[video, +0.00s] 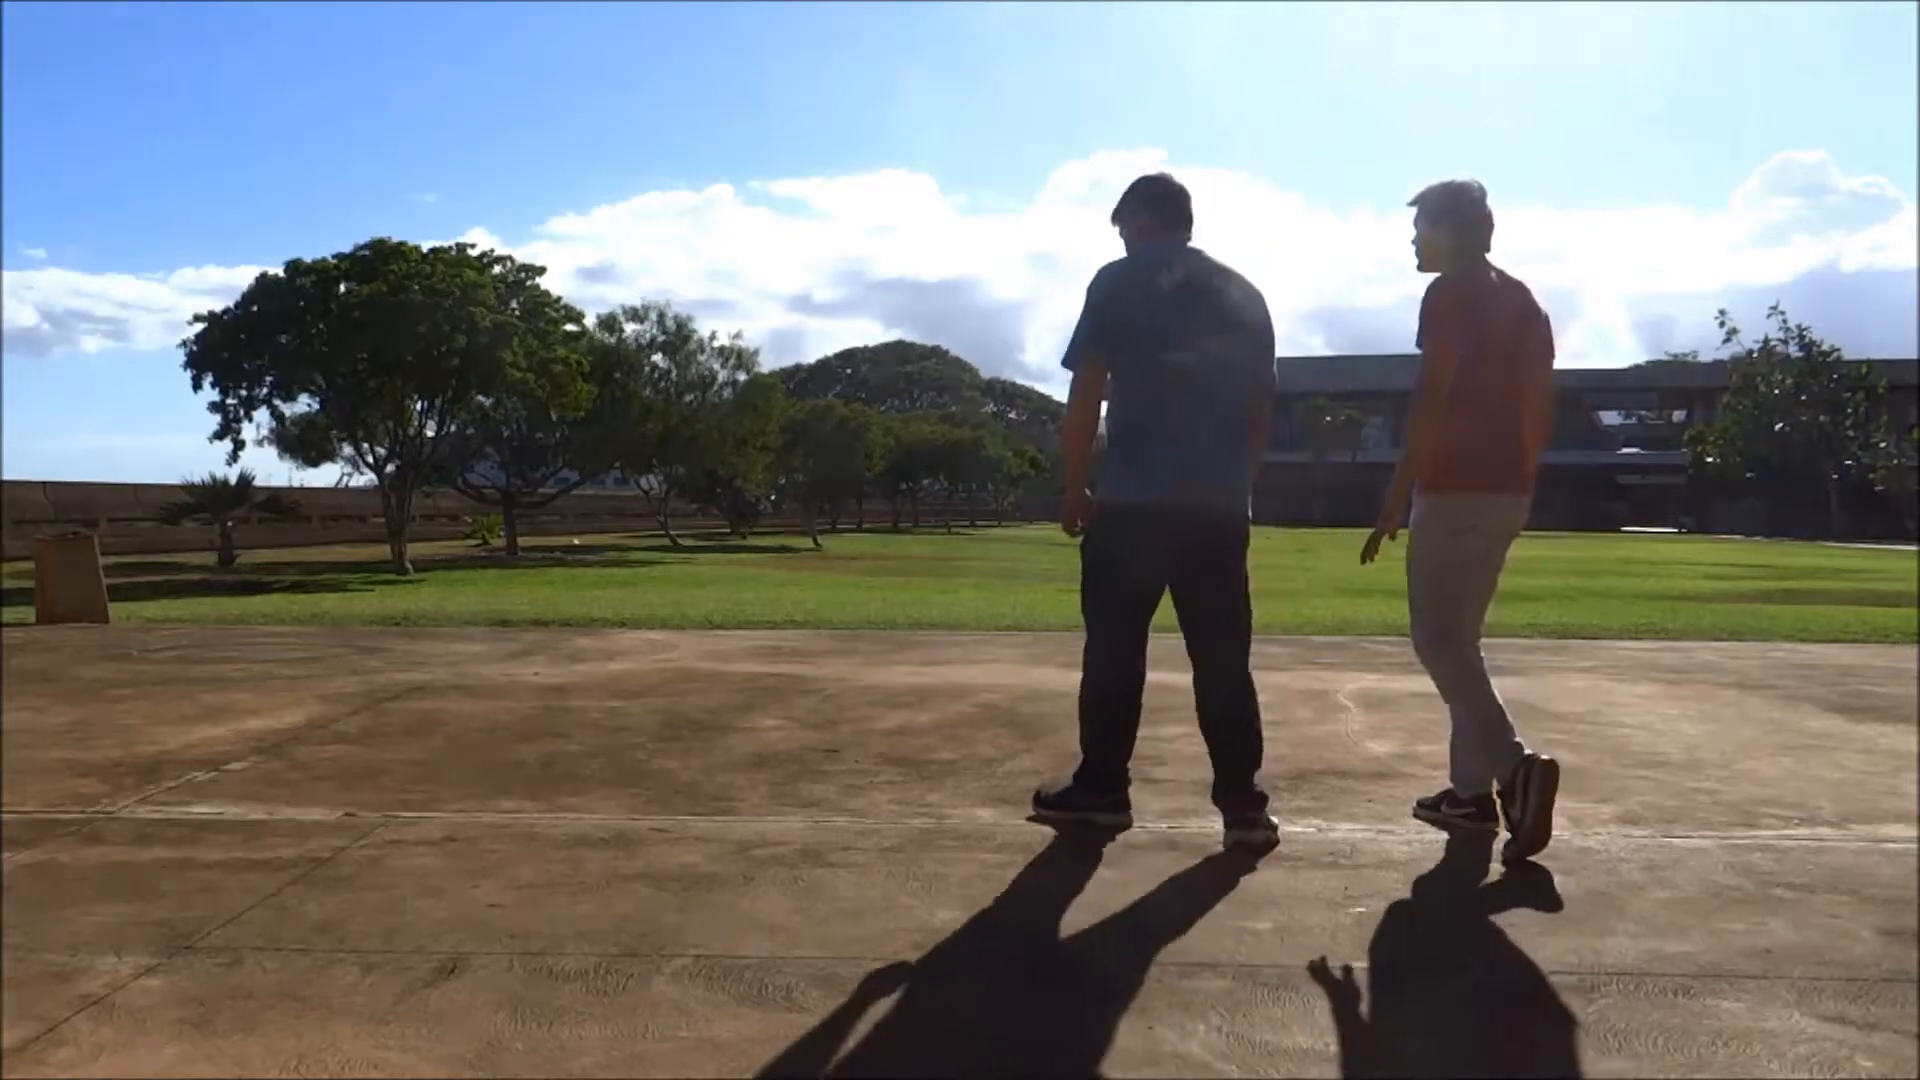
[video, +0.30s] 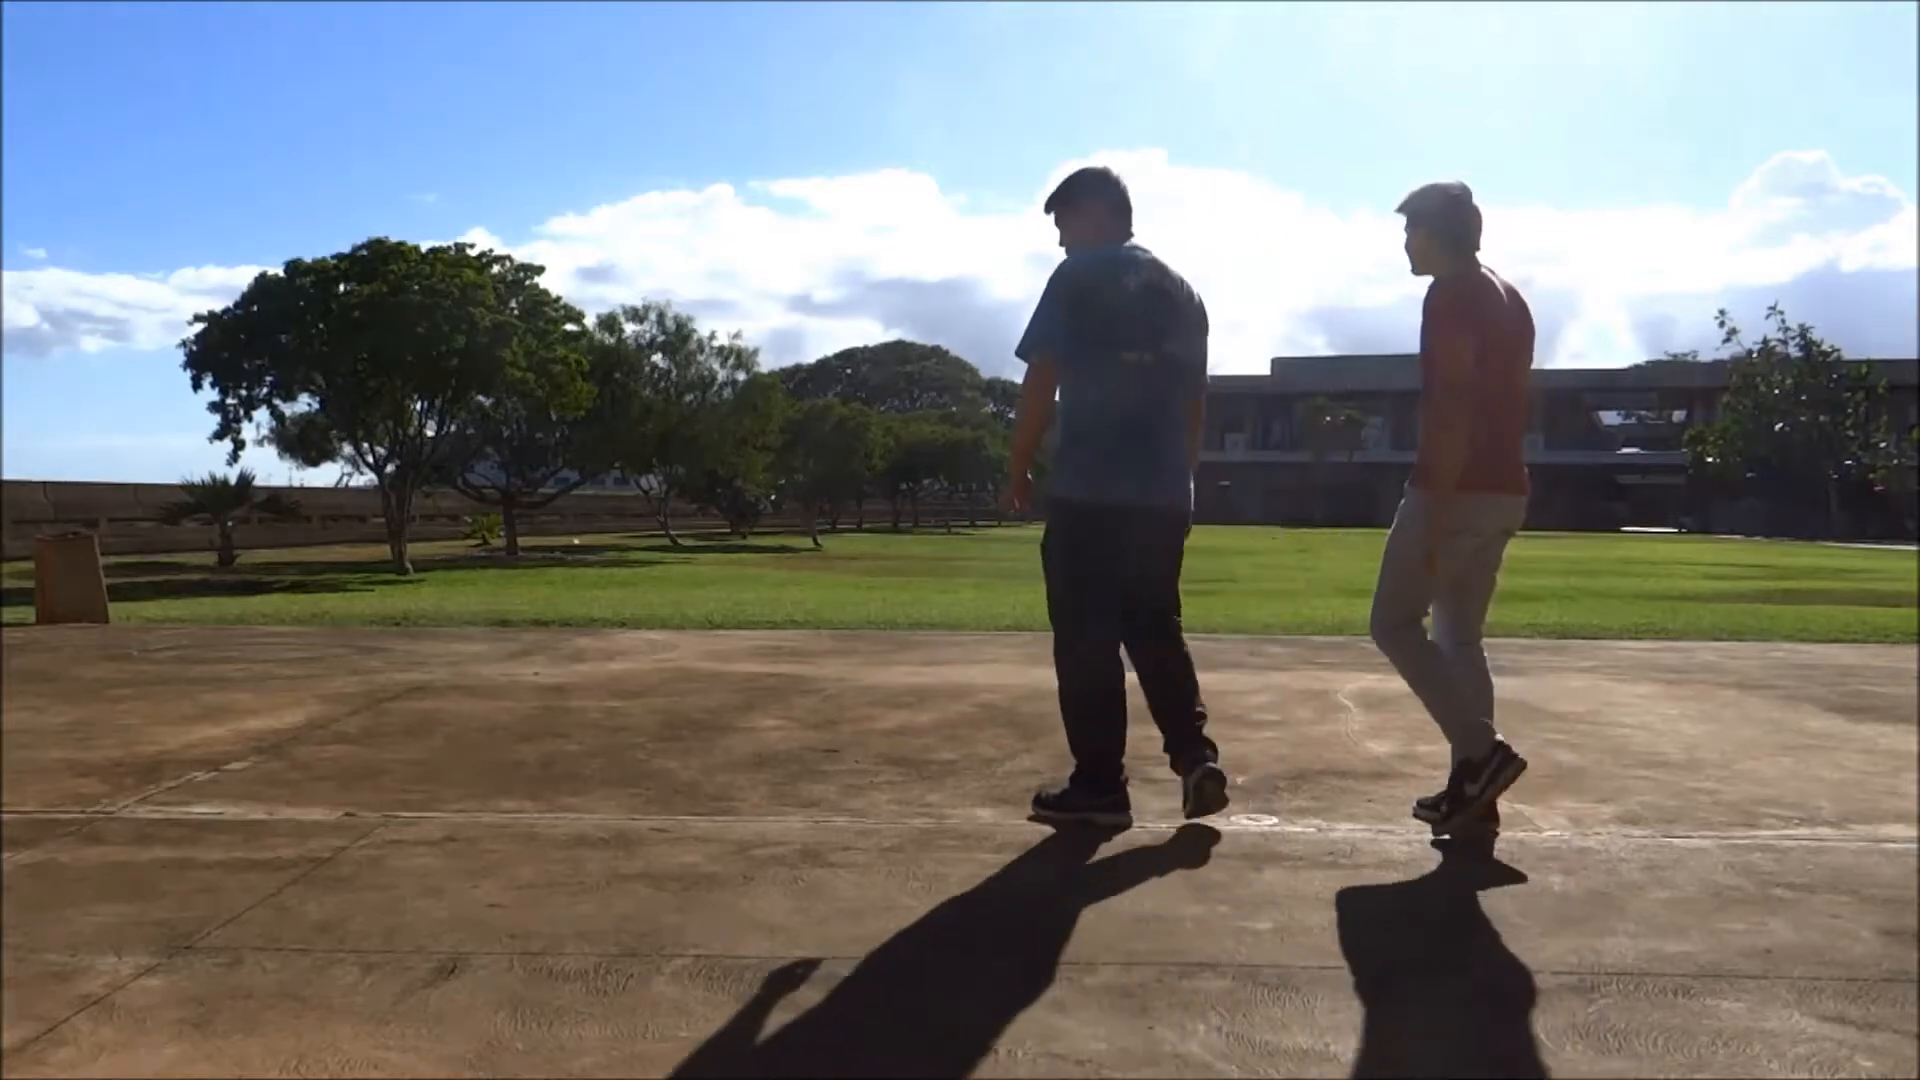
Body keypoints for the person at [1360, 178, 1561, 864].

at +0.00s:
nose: (1414, 240)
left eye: (1422, 227)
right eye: (1416, 228)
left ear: (1454, 231)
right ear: (1477, 231)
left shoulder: (1448, 295)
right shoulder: (1525, 302)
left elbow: (1431, 400)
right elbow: (1539, 409)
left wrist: (1396, 495)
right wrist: (1514, 478)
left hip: (1455, 491)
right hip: (1507, 492)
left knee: (1435, 638)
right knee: (1460, 640)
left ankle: (1515, 770)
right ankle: (1467, 794)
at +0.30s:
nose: (1404, 243)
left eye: (1411, 230)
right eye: (1405, 231)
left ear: (1440, 233)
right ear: (1462, 233)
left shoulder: (1450, 296)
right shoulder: (1510, 299)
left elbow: (1452, 397)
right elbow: (1511, 404)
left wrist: (1431, 493)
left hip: (1450, 491)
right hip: (1500, 493)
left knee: (1392, 626)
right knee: (1460, 635)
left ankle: (1482, 754)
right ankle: (1470, 799)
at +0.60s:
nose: (1396, 253)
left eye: (1398, 240)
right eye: (1396, 240)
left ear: (1415, 238)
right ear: (1453, 232)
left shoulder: (1451, 304)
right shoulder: (1487, 303)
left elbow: (1479, 408)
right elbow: (1458, 425)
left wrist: (1480, 496)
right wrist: (1405, 494)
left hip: (1438, 496)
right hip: (1483, 499)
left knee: (1371, 624)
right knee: (1453, 642)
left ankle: (1368, 780)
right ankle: (1472, 792)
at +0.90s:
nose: (1363, 249)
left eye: (1370, 238)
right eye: (1365, 238)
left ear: (1401, 243)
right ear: (1404, 243)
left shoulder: (1444, 302)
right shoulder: (1426, 308)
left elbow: (1489, 401)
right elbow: (1415, 427)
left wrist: (1483, 505)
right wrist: (1356, 491)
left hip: (1421, 505)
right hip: (1441, 505)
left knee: (1358, 632)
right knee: (1434, 648)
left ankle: (1323, 783)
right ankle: (1471, 793)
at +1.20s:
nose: (1348, 246)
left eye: (1358, 234)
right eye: (1349, 235)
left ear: (1397, 238)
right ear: (1387, 242)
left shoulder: (1430, 303)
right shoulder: (1406, 312)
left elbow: (1473, 401)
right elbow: (1391, 428)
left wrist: (1463, 501)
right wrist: (1332, 497)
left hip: (1406, 505)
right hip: (1417, 504)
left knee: (1345, 631)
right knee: (1418, 649)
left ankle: (1321, 785)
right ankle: (1469, 794)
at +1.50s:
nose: (1337, 249)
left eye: (1345, 235)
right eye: (1336, 236)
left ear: (1380, 237)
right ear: (1364, 241)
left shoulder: (1424, 306)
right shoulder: (1369, 326)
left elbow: (1464, 401)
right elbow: (1359, 428)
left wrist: (1457, 491)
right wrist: (1311, 503)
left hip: (1398, 501)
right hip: (1385, 501)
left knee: (1335, 632)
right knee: (1407, 649)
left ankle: (1322, 783)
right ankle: (1469, 790)